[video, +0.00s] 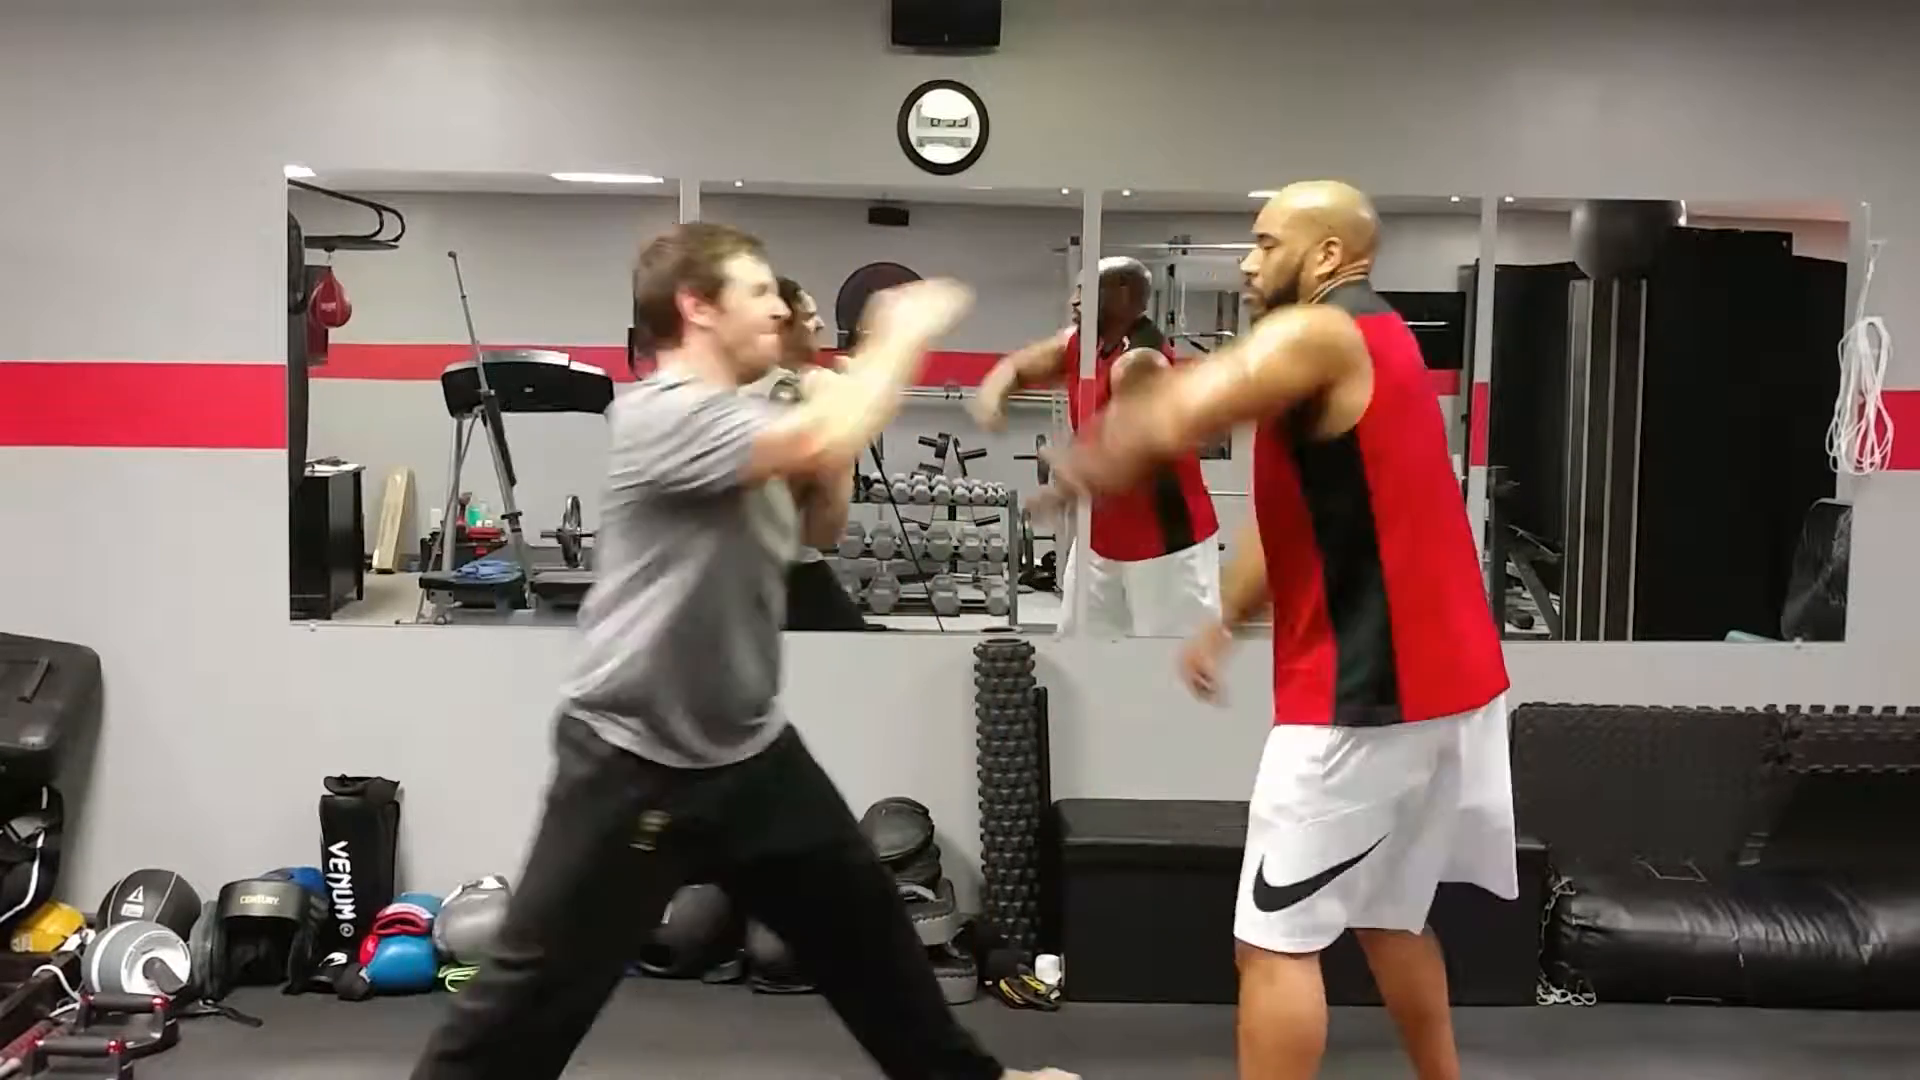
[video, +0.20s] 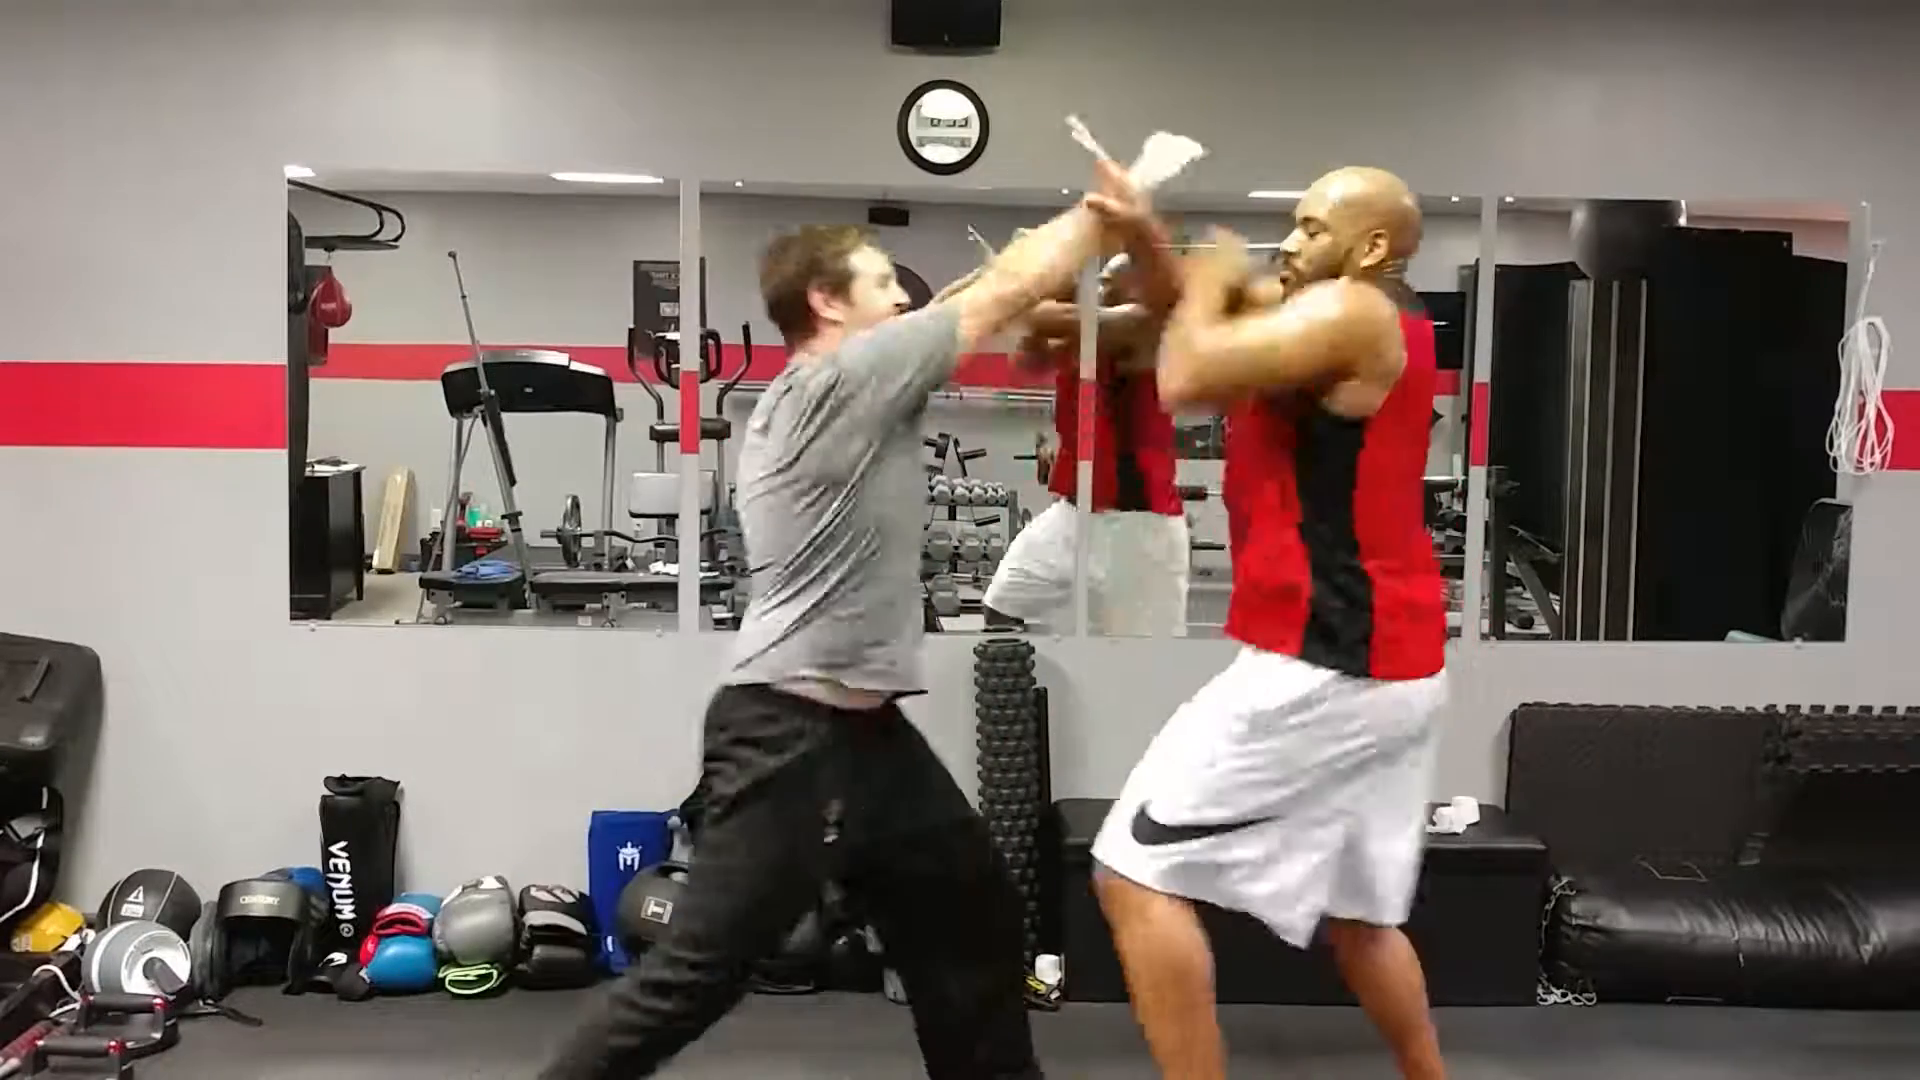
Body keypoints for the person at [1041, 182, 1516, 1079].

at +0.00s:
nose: (1248, 258)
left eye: (1267, 242)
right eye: (1253, 241)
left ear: (1330, 255)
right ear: (1335, 261)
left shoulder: (1319, 333)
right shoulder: (1374, 336)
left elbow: (1164, 421)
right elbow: (1305, 512)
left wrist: (1093, 460)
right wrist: (1224, 614)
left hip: (1355, 693)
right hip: (1438, 683)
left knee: (1275, 939)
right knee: (1391, 913)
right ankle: (1441, 1073)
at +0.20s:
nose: (1291, 241)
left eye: (1314, 228)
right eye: (1295, 226)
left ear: (1374, 246)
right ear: (1378, 252)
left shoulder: (1352, 312)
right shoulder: (1343, 313)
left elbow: (1185, 371)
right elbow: (1194, 322)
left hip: (1317, 662)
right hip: (1388, 664)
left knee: (1134, 872)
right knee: (1357, 913)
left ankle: (1194, 1074)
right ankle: (1429, 1073)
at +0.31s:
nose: (1278, 264)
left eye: (1293, 251)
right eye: (1285, 247)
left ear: (1341, 267)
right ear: (1376, 271)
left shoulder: (1308, 379)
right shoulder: (1415, 351)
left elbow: (1196, 515)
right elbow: (1270, 312)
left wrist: (1157, 367)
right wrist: (1174, 254)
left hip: (1264, 677)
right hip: (1371, 675)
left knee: (1112, 907)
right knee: (1338, 904)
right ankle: (1425, 1072)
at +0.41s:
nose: (1213, 313)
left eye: (1228, 296)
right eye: (1217, 294)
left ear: (1284, 308)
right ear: (1327, 306)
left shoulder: (1247, 426)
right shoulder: (1391, 377)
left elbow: (1097, 512)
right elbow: (1244, 418)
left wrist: (1060, 379)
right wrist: (1129, 390)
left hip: (1241, 737)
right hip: (1353, 726)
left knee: (1106, 953)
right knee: (1306, 921)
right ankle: (1413, 1072)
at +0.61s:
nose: (1053, 346)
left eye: (1066, 328)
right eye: (1055, 327)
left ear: (1126, 333)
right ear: (1149, 328)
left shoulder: (1176, 458)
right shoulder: (1229, 383)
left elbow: (1154, 650)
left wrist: (1049, 618)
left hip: (1210, 762)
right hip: (1301, 740)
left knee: (1022, 977)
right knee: (1280, 950)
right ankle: (1385, 1075)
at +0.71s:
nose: (1048, 336)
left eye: (1059, 317)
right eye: (1047, 318)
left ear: (1117, 317)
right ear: (1144, 315)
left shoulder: (1158, 442)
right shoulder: (1210, 388)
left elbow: (1108, 627)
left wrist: (967, 614)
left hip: (1203, 753)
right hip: (1294, 734)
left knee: (1021, 979)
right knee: (1263, 954)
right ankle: (1360, 1075)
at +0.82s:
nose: (1050, 327)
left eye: (1060, 308)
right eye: (1051, 308)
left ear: (1118, 310)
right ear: (1141, 308)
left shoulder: (1147, 426)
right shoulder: (1213, 379)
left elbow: (1048, 595)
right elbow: (1071, 428)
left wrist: (926, 577)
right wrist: (956, 401)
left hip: (1191, 757)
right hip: (1286, 736)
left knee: (1013, 980)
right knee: (1244, 957)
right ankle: (1325, 1074)